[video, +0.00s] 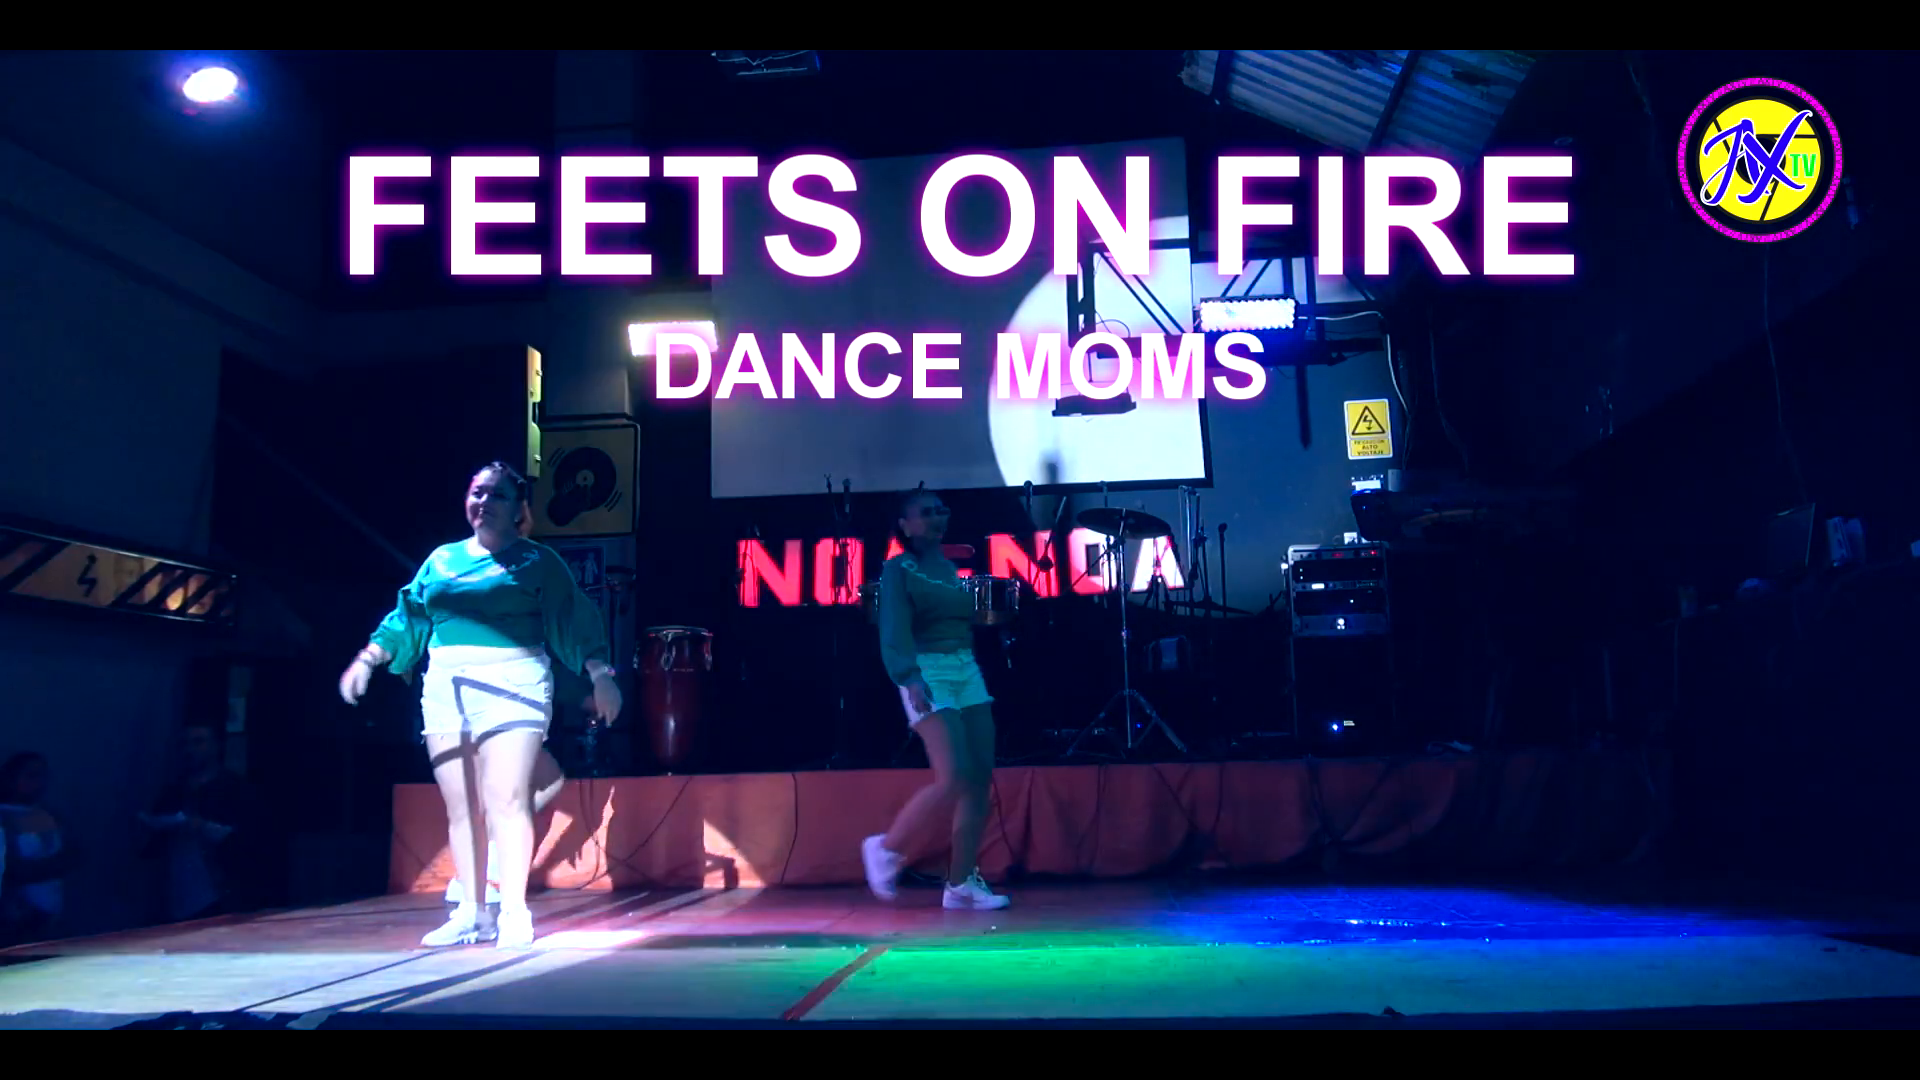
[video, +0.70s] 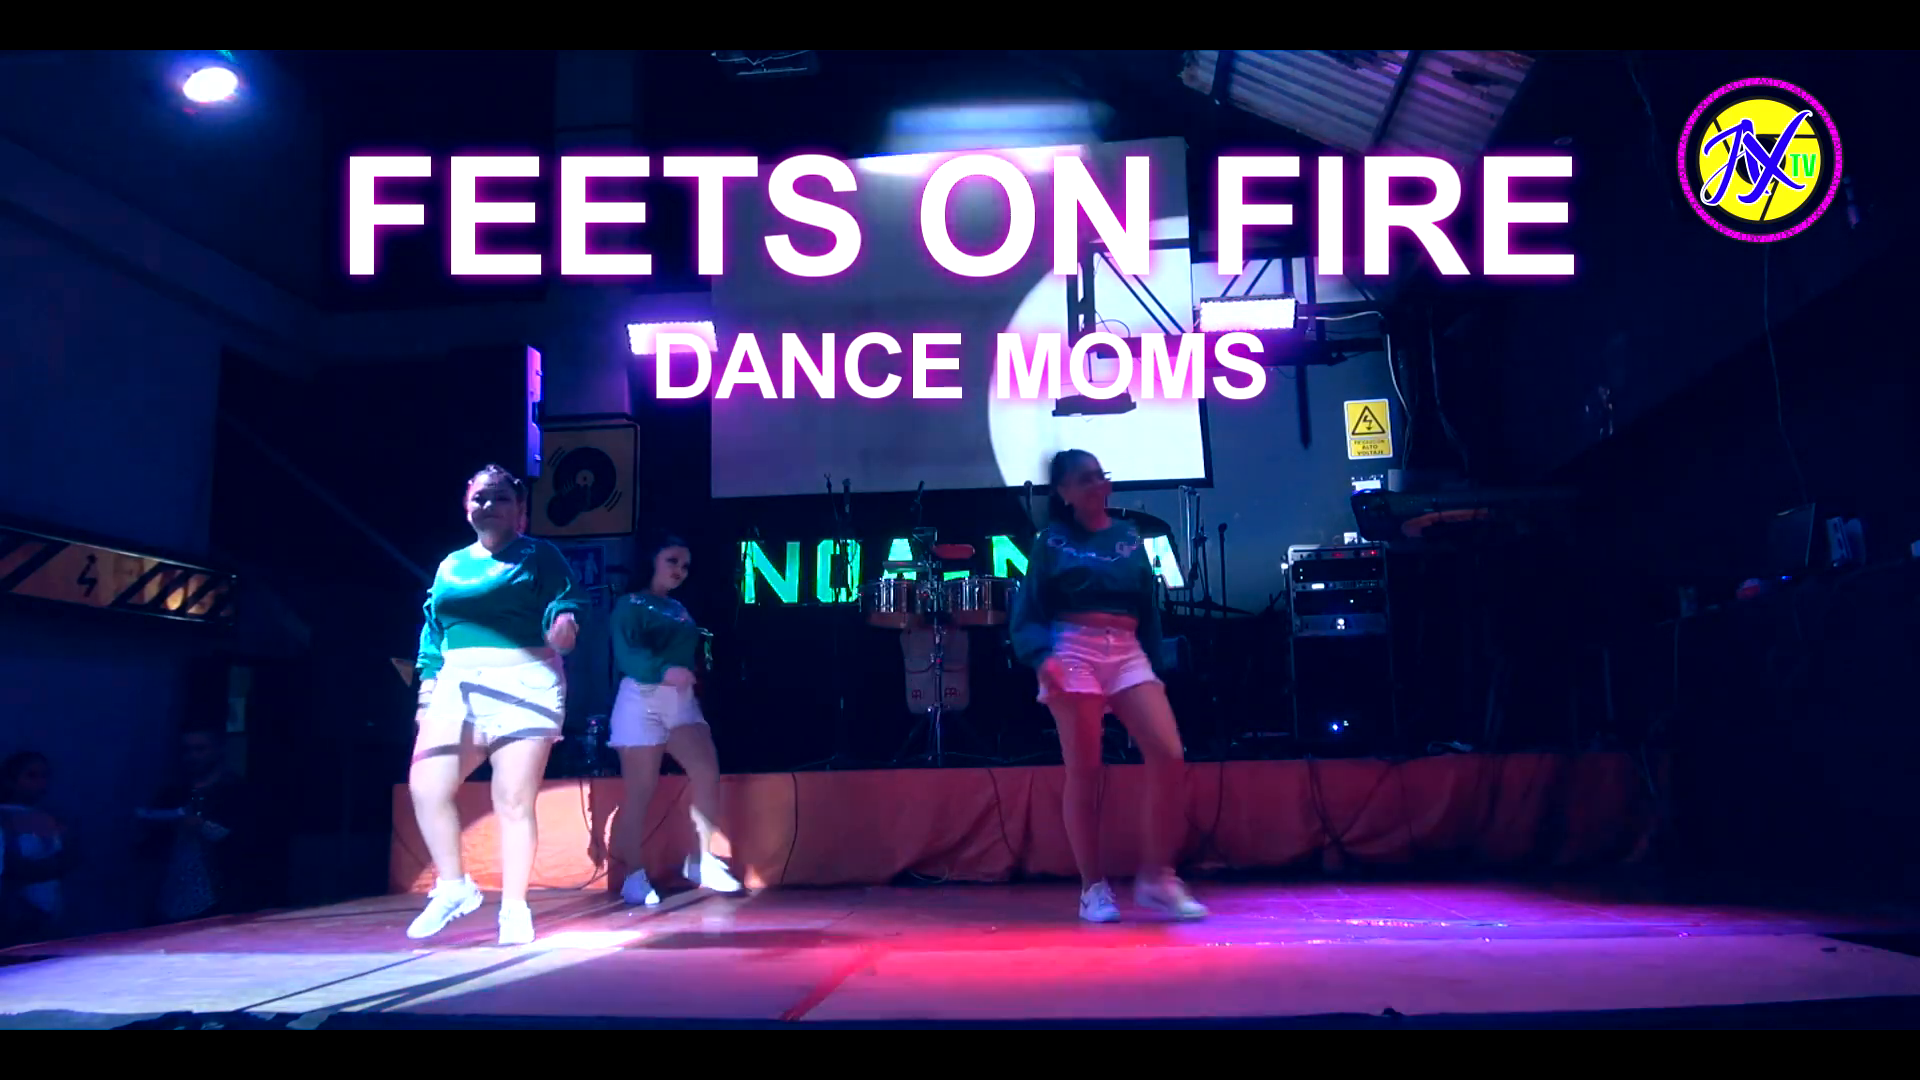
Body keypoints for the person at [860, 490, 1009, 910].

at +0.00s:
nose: (936, 518)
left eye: (939, 511)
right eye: (926, 513)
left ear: (944, 520)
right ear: (905, 524)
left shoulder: (948, 570)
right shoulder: (898, 571)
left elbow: (960, 620)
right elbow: (893, 631)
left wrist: (988, 612)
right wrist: (909, 679)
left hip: (967, 670)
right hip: (926, 674)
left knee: (978, 779)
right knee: (952, 778)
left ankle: (961, 882)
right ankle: (885, 849)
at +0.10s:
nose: (947, 510)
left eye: (953, 503)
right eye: (937, 506)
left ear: (965, 510)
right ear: (923, 518)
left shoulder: (979, 561)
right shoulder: (918, 564)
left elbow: (997, 624)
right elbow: (909, 627)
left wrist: (1020, 673)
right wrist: (919, 686)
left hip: (989, 662)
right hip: (944, 663)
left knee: (991, 766)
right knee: (985, 759)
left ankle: (966, 872)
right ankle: (958, 868)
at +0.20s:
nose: (963, 505)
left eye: (970, 497)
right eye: (955, 500)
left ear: (986, 507)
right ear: (946, 514)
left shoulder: (1010, 555)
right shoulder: (938, 561)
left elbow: (1036, 614)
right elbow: (922, 628)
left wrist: (1067, 653)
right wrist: (933, 690)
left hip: (1011, 661)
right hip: (965, 659)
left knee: (983, 775)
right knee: (1011, 766)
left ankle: (961, 880)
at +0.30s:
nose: (985, 507)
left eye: (992, 499)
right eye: (976, 503)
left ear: (1009, 506)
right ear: (968, 517)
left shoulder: (1040, 556)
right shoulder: (960, 566)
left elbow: (1074, 609)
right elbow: (938, 633)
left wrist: (1110, 640)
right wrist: (946, 693)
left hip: (1034, 665)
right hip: (986, 665)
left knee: (999, 780)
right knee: (1035, 771)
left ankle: (963, 878)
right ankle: (1081, 881)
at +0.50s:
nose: (1027, 506)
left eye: (1034, 498)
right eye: (1019, 502)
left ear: (1054, 501)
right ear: (1012, 514)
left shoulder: (1087, 551)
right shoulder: (1010, 565)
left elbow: (1121, 611)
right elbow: (987, 632)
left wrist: (1157, 656)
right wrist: (988, 694)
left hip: (1085, 660)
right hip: (1032, 657)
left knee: (1098, 780)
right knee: (1066, 773)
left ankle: (1022, 844)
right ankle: (1093, 889)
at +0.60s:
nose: (1061, 497)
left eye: (1065, 489)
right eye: (1051, 493)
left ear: (1078, 493)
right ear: (1035, 504)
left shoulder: (1110, 544)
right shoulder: (1032, 556)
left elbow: (1137, 613)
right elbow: (1008, 625)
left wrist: (1153, 672)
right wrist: (1016, 682)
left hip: (1106, 655)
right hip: (1052, 651)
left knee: (1138, 764)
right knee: (1076, 774)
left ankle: (1081, 846)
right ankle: (1092, 890)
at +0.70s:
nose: (1101, 484)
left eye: (1101, 476)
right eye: (1088, 479)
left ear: (1107, 481)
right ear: (1064, 492)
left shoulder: (1127, 536)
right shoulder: (1051, 543)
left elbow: (1149, 606)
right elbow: (1026, 614)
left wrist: (1157, 661)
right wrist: (1041, 657)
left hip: (1125, 647)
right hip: (1072, 649)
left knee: (1168, 753)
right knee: (1084, 768)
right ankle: (1094, 887)